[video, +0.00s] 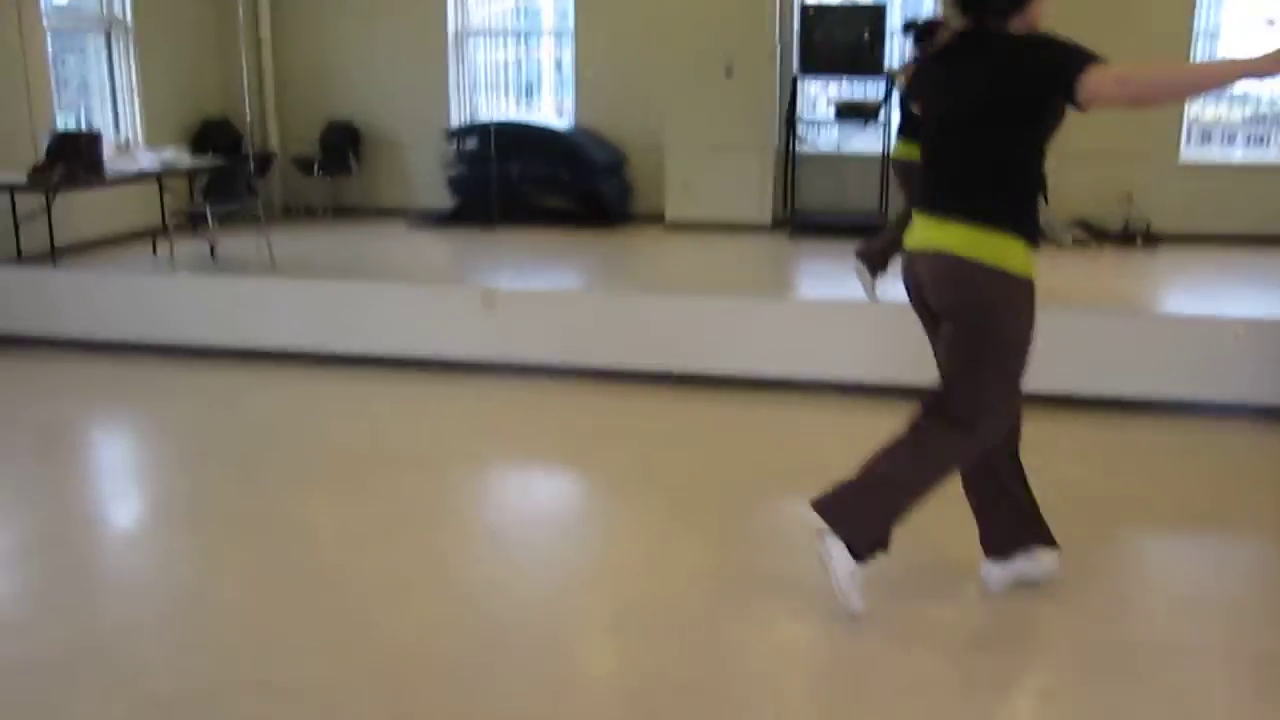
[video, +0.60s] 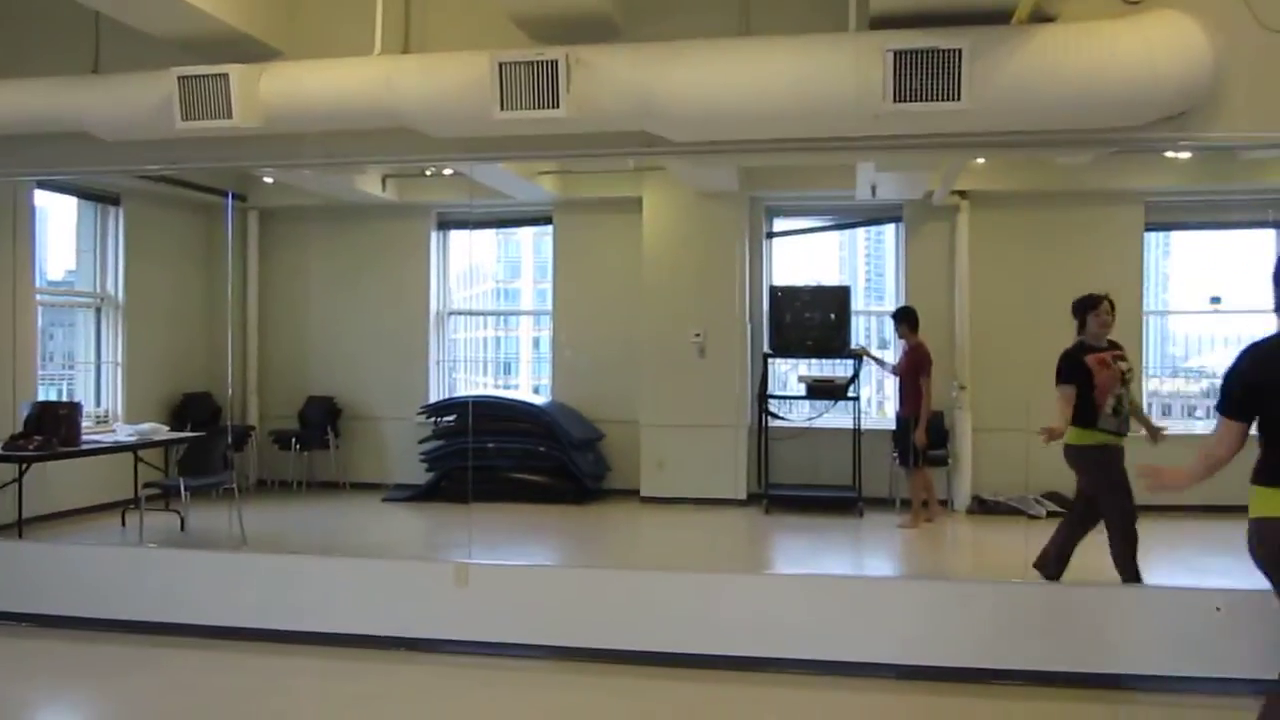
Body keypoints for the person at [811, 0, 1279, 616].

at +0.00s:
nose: (1044, 7)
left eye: (1040, 2)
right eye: (1038, 2)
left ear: (969, 6)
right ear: (1023, 7)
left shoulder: (935, 63)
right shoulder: (1037, 57)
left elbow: (909, 162)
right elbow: (1126, 88)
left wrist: (914, 229)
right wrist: (1249, 67)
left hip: (926, 259)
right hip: (989, 266)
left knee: (982, 404)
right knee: (974, 413)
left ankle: (1012, 546)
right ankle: (848, 522)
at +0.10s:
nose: (1068, 133)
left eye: (1063, 122)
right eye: (1064, 124)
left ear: (999, 134)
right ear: (1052, 133)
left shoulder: (969, 195)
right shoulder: (1059, 191)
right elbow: (1165, 191)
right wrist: (1266, 161)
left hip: (955, 383)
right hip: (1016, 395)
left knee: (1019, 523)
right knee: (1055, 531)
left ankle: (999, 658)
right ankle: (939, 610)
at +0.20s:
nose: (1123, 206)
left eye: (1122, 196)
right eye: (1120, 196)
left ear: (1051, 205)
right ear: (1110, 204)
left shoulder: (1030, 265)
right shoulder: (1117, 264)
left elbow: (1011, 350)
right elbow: (1208, 296)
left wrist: (1028, 405)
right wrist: (1276, 291)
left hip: (1010, 454)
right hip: (1082, 467)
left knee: (1039, 591)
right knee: (1136, 592)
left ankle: (999, 712)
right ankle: (1077, 707)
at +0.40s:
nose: (1259, 321)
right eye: (1259, 312)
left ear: (1201, 318)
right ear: (1257, 316)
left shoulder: (1167, 388)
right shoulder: (1268, 383)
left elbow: (1173, 473)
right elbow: (1276, 468)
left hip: (1174, 561)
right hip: (1249, 572)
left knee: (1216, 681)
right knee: (1267, 692)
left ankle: (1168, 715)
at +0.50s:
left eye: (1238, 307)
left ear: (1238, 313)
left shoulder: (1212, 380)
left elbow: (1195, 471)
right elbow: (1197, 471)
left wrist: (1191, 533)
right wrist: (1192, 533)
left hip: (1224, 554)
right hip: (1271, 555)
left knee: (1269, 664)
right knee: (1270, 673)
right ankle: (1251, 713)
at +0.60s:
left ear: (1272, 291)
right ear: (1274, 291)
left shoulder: (1260, 359)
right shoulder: (1258, 360)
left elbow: (1226, 441)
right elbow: (1227, 440)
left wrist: (1184, 476)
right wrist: (1186, 476)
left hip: (1269, 522)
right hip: (1270, 520)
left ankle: (1267, 706)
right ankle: (1266, 707)